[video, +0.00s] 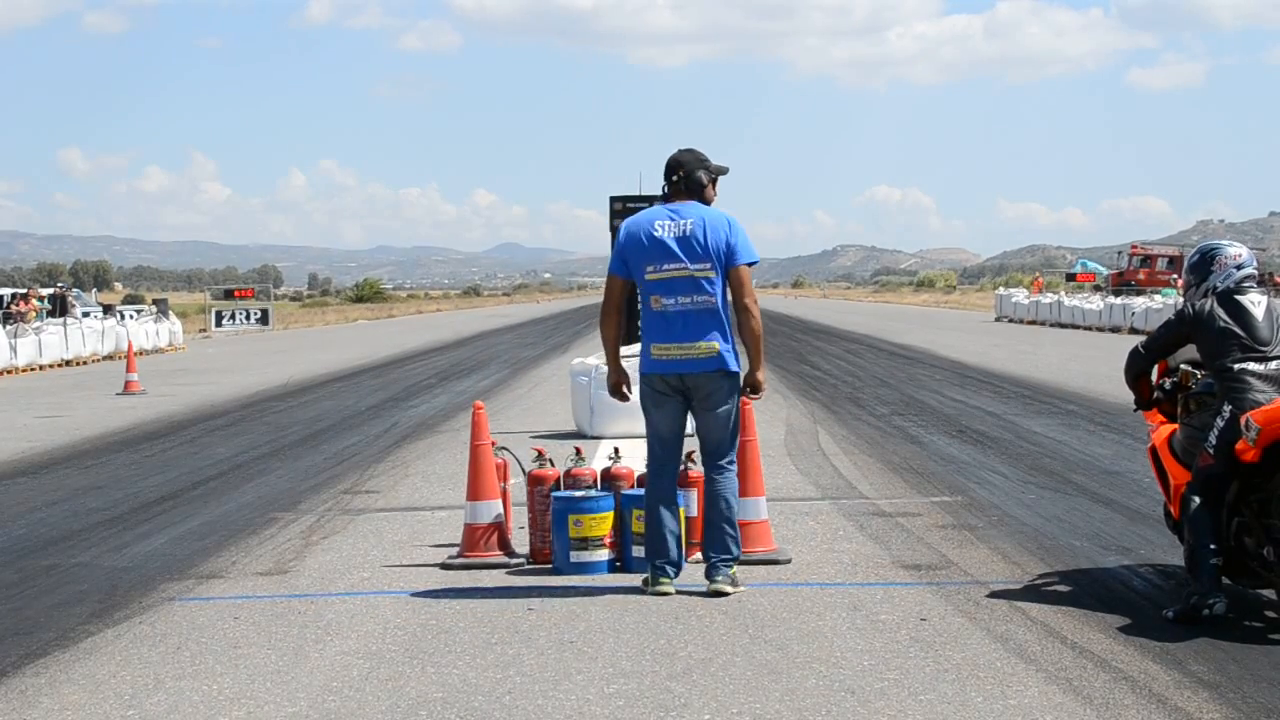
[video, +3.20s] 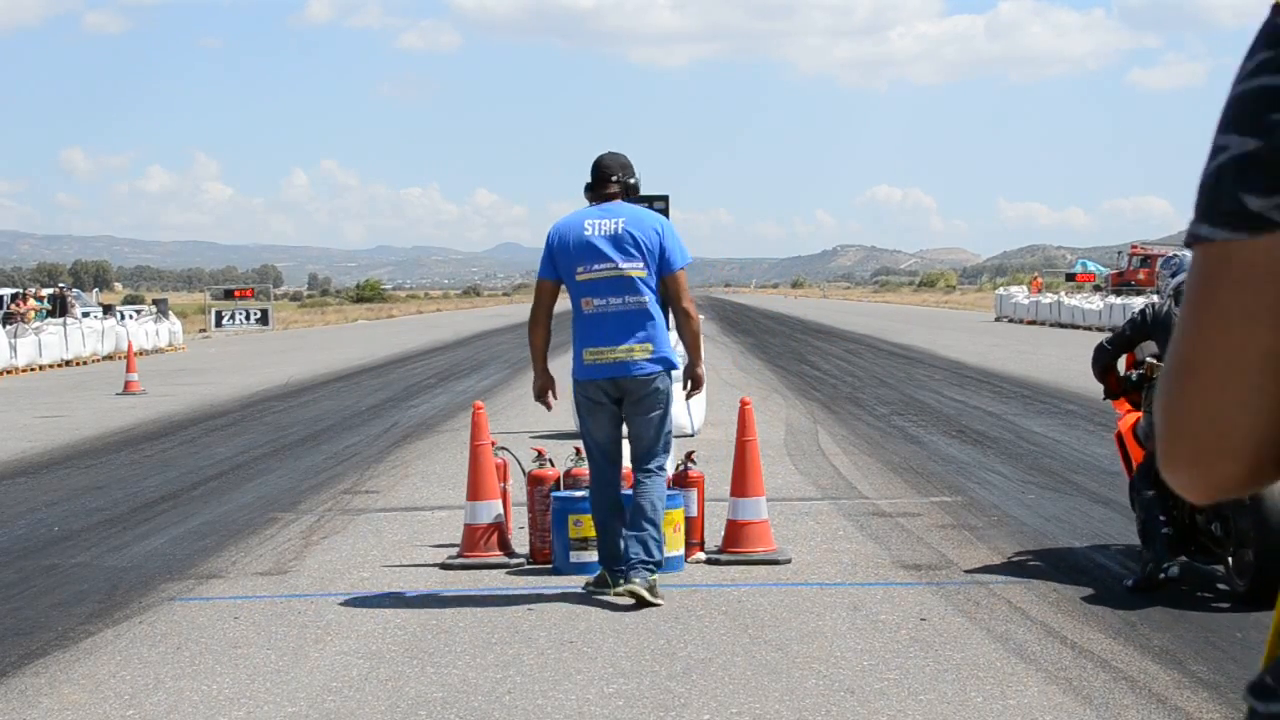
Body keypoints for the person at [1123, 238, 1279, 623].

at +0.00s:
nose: (1186, 287)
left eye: (1190, 280)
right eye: (1187, 280)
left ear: (1205, 276)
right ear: (1244, 268)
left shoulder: (1200, 309)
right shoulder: (1271, 301)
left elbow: (1139, 357)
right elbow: (1258, 353)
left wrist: (1148, 398)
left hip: (1243, 405)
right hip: (1279, 399)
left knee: (1198, 494)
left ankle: (1206, 593)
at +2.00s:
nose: (1188, 283)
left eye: (1191, 276)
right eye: (1189, 277)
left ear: (1201, 274)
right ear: (1241, 273)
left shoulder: (1192, 309)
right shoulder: (1268, 308)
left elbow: (1131, 350)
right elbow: (1259, 353)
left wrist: (1132, 386)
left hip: (1230, 402)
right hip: (1273, 397)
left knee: (1170, 484)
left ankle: (1187, 556)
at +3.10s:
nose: (1163, 284)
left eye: (1165, 278)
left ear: (1171, 276)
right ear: (1212, 275)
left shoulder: (1160, 311)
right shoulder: (1235, 302)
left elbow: (1103, 356)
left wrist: (1115, 386)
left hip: (1195, 402)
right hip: (1244, 397)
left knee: (1145, 476)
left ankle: (1163, 547)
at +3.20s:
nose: (1160, 289)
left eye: (1160, 282)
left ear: (1166, 282)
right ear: (1198, 280)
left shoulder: (1157, 314)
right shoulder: (1222, 312)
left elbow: (1104, 353)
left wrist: (1116, 386)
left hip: (1169, 425)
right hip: (1223, 419)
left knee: (1144, 482)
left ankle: (1155, 559)